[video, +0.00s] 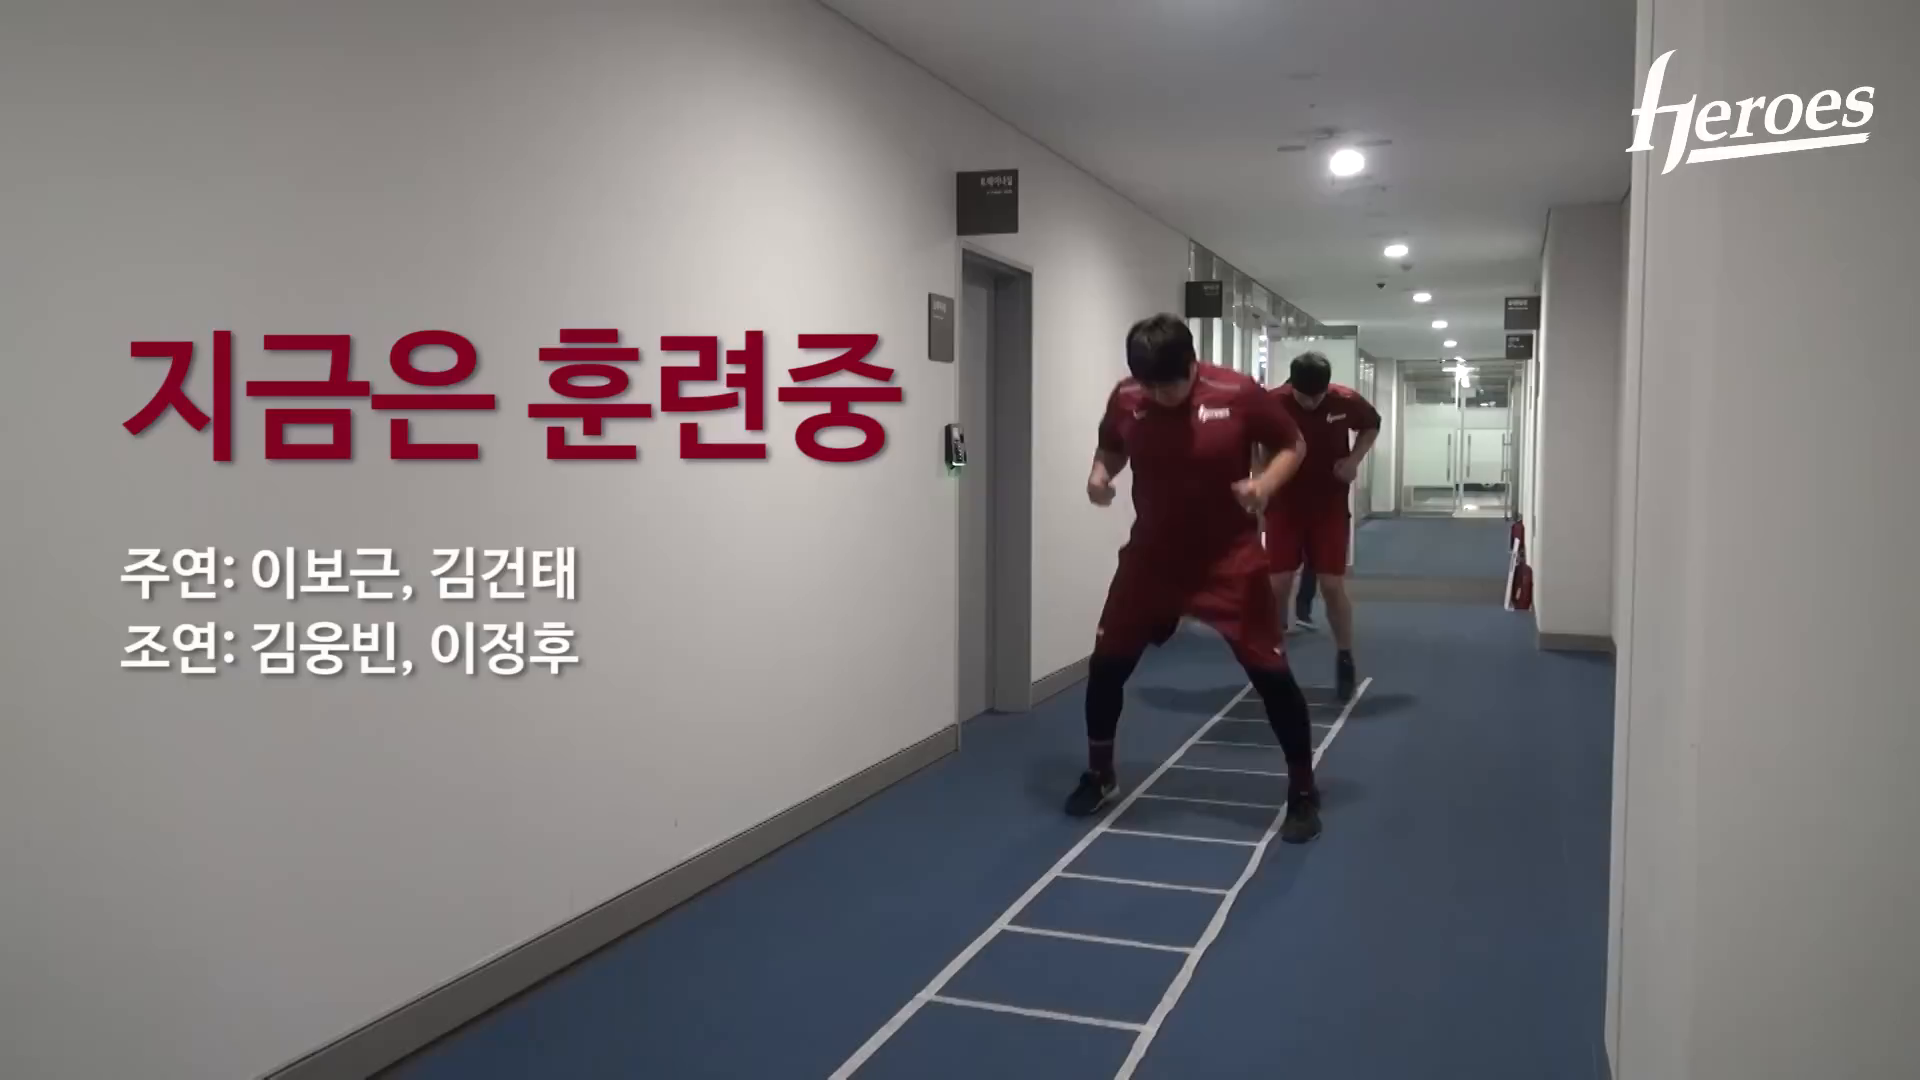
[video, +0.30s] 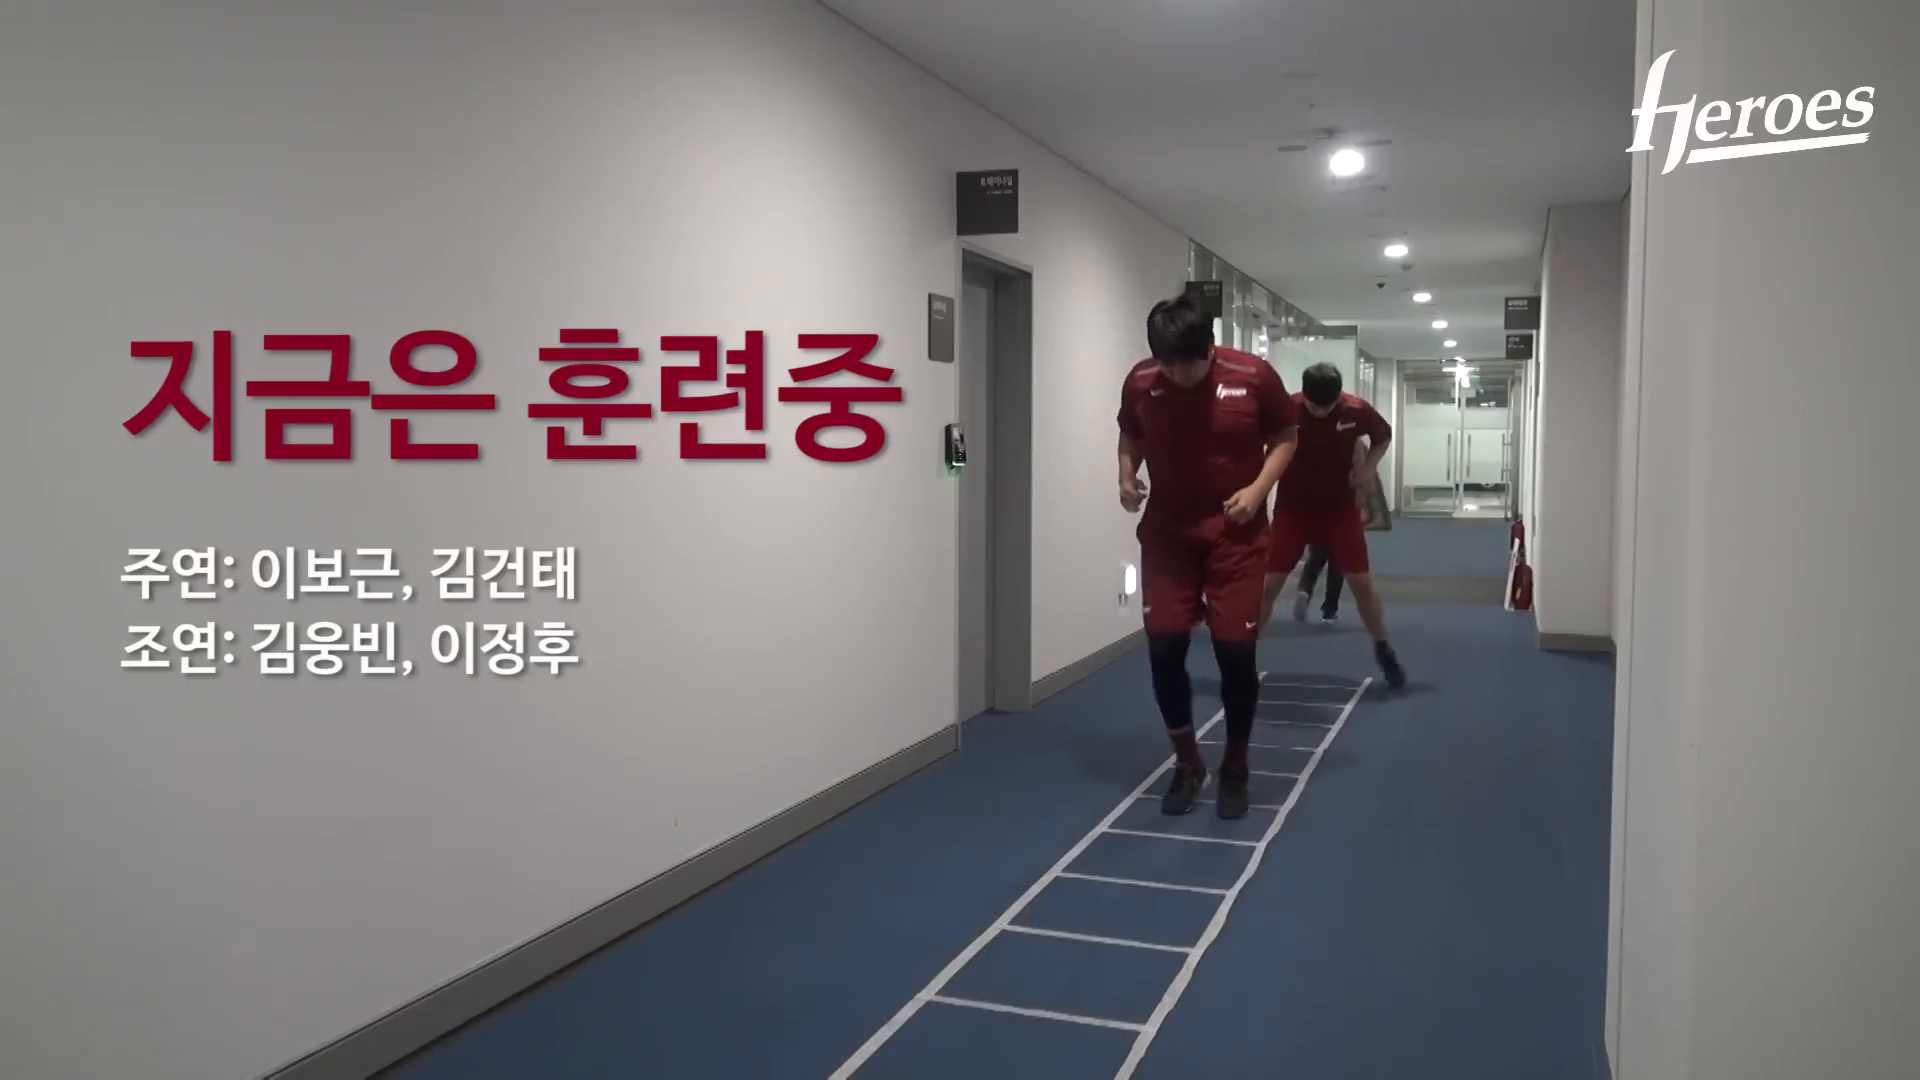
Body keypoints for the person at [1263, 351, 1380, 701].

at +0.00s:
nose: (1310, 403)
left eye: (1316, 397)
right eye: (1304, 397)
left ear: (1327, 387)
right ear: (1292, 385)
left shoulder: (1345, 401)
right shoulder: (1272, 403)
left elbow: (1371, 424)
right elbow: (1250, 438)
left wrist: (1354, 459)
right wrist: (1259, 476)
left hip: (1329, 507)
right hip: (1284, 506)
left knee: (1331, 585)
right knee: (1278, 586)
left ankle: (1344, 658)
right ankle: (1273, 659)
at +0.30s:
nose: (1320, 413)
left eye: (1326, 408)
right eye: (1314, 407)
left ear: (1338, 397)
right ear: (1304, 394)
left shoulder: (1355, 410)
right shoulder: (1288, 410)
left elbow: (1382, 434)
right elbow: (1260, 440)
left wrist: (1368, 466)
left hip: (1339, 509)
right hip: (1293, 507)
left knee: (1362, 582)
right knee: (1271, 582)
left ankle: (1384, 650)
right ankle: (1244, 652)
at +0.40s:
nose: (1323, 421)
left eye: (1329, 416)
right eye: (1317, 415)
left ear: (1340, 407)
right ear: (1307, 405)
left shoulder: (1358, 425)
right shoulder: (1291, 424)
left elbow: (1385, 450)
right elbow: (1264, 454)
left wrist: (1379, 489)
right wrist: (1261, 498)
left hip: (1341, 526)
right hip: (1294, 524)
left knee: (1364, 598)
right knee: (1268, 597)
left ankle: (1397, 659)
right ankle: (1240, 661)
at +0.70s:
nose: (1324, 414)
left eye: (1331, 409)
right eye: (1318, 408)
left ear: (1341, 397)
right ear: (1309, 396)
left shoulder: (1359, 412)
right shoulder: (1293, 414)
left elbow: (1387, 443)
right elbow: (1271, 450)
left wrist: (1377, 471)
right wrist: (1279, 483)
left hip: (1342, 509)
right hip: (1301, 508)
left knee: (1332, 583)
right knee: (1305, 583)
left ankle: (1335, 652)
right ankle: (1308, 651)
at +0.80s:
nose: (1324, 414)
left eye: (1330, 408)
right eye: (1318, 408)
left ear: (1340, 398)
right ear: (1308, 397)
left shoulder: (1357, 416)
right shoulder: (1295, 416)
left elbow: (1385, 449)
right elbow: (1272, 452)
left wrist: (1376, 478)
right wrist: (1278, 489)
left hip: (1342, 512)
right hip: (1302, 511)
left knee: (1338, 584)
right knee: (1303, 582)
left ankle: (1337, 650)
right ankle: (1307, 649)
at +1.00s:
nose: (1320, 414)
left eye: (1327, 407)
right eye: (1314, 407)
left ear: (1338, 398)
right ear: (1305, 396)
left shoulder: (1360, 410)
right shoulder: (1295, 414)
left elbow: (1390, 430)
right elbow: (1272, 450)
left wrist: (1384, 466)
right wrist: (1282, 483)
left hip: (1344, 508)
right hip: (1299, 506)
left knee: (1365, 578)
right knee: (1274, 576)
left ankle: (1383, 647)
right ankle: (1260, 647)